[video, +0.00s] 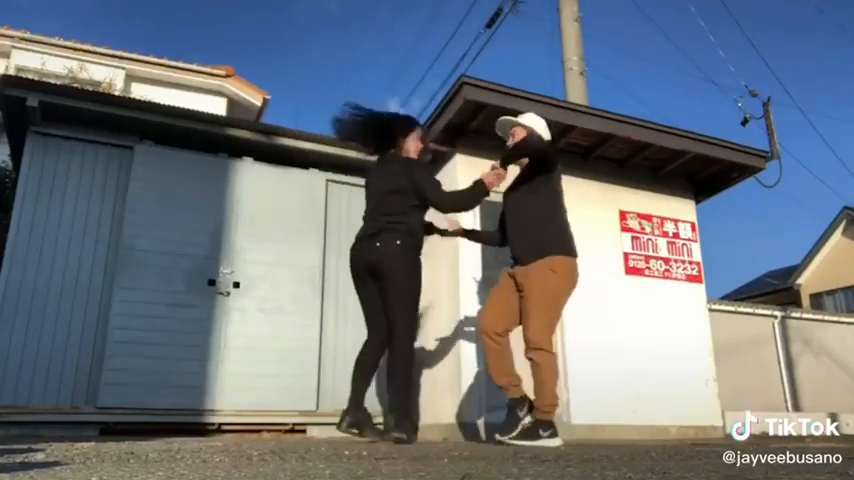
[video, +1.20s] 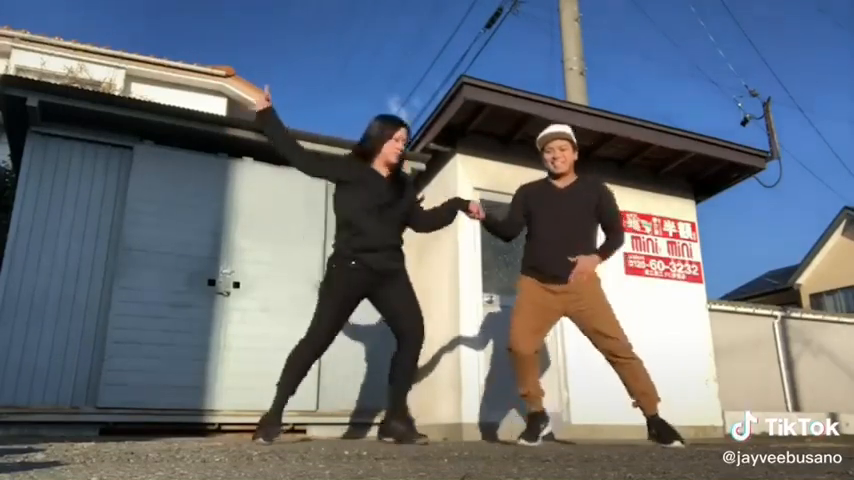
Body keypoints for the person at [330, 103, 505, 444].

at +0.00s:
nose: (422, 147)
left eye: (422, 141)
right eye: (418, 140)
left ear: (397, 142)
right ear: (400, 140)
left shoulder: (377, 170)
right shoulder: (412, 169)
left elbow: (395, 218)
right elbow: (446, 201)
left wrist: (434, 228)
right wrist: (483, 185)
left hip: (363, 250)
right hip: (397, 251)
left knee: (378, 334)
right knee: (403, 338)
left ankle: (354, 411)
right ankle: (401, 423)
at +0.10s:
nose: (413, 148)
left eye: (414, 142)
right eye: (410, 141)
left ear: (392, 141)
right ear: (393, 139)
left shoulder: (385, 170)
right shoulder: (388, 166)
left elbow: (407, 210)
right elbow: (431, 173)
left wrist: (433, 225)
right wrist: (468, 152)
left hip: (367, 257)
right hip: (376, 257)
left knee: (377, 338)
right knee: (388, 338)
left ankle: (356, 415)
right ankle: (392, 420)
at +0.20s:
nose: (397, 155)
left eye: (402, 152)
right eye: (395, 149)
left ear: (405, 156)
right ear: (382, 147)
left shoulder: (407, 182)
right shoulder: (366, 164)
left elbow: (413, 210)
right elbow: (375, 137)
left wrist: (437, 217)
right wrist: (414, 129)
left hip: (377, 262)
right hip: (352, 256)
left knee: (379, 334)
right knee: (379, 329)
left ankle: (356, 414)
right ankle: (384, 416)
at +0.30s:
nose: (386, 153)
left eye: (390, 149)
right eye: (381, 147)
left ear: (391, 155)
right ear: (366, 147)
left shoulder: (391, 190)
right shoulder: (347, 174)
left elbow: (409, 227)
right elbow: (345, 154)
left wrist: (432, 215)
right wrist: (372, 126)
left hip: (376, 269)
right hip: (341, 263)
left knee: (378, 337)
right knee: (359, 329)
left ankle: (356, 416)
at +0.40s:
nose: (368, 156)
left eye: (374, 153)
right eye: (365, 148)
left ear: (377, 160)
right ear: (349, 148)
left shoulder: (379, 194)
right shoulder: (332, 177)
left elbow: (399, 226)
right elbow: (335, 147)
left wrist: (434, 212)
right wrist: (331, 112)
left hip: (370, 273)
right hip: (332, 268)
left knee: (372, 345)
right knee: (321, 338)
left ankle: (354, 421)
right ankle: (282, 412)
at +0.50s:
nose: (352, 153)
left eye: (358, 150)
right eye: (348, 146)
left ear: (363, 156)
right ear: (335, 147)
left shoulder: (368, 190)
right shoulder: (311, 177)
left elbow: (399, 217)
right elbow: (281, 153)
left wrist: (436, 203)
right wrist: (292, 108)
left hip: (354, 273)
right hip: (311, 271)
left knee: (387, 332)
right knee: (294, 342)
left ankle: (372, 408)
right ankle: (275, 418)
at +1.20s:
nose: (403, 148)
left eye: (405, 143)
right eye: (398, 141)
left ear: (401, 147)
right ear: (379, 140)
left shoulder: (402, 185)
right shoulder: (349, 170)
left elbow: (423, 222)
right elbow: (300, 157)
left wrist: (456, 204)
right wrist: (267, 114)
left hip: (390, 274)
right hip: (349, 270)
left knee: (412, 334)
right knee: (318, 339)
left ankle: (396, 417)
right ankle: (275, 411)